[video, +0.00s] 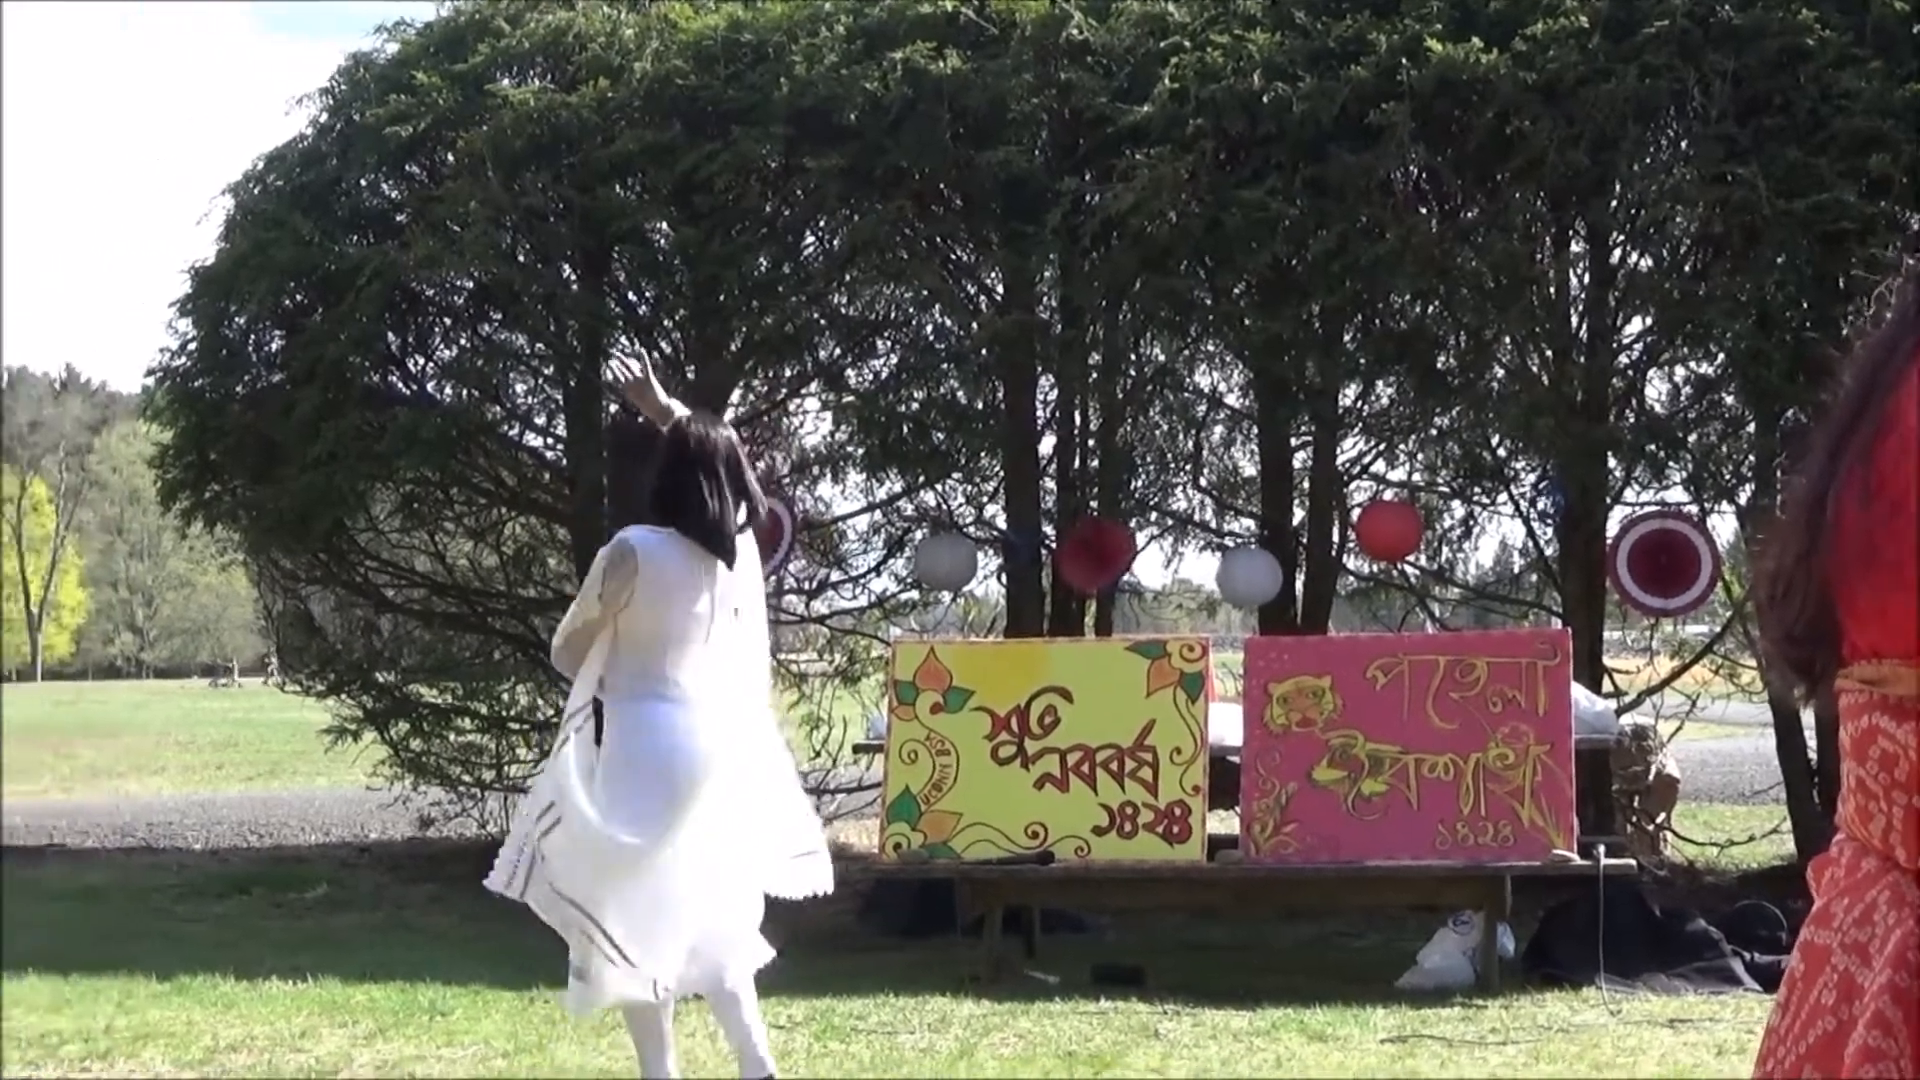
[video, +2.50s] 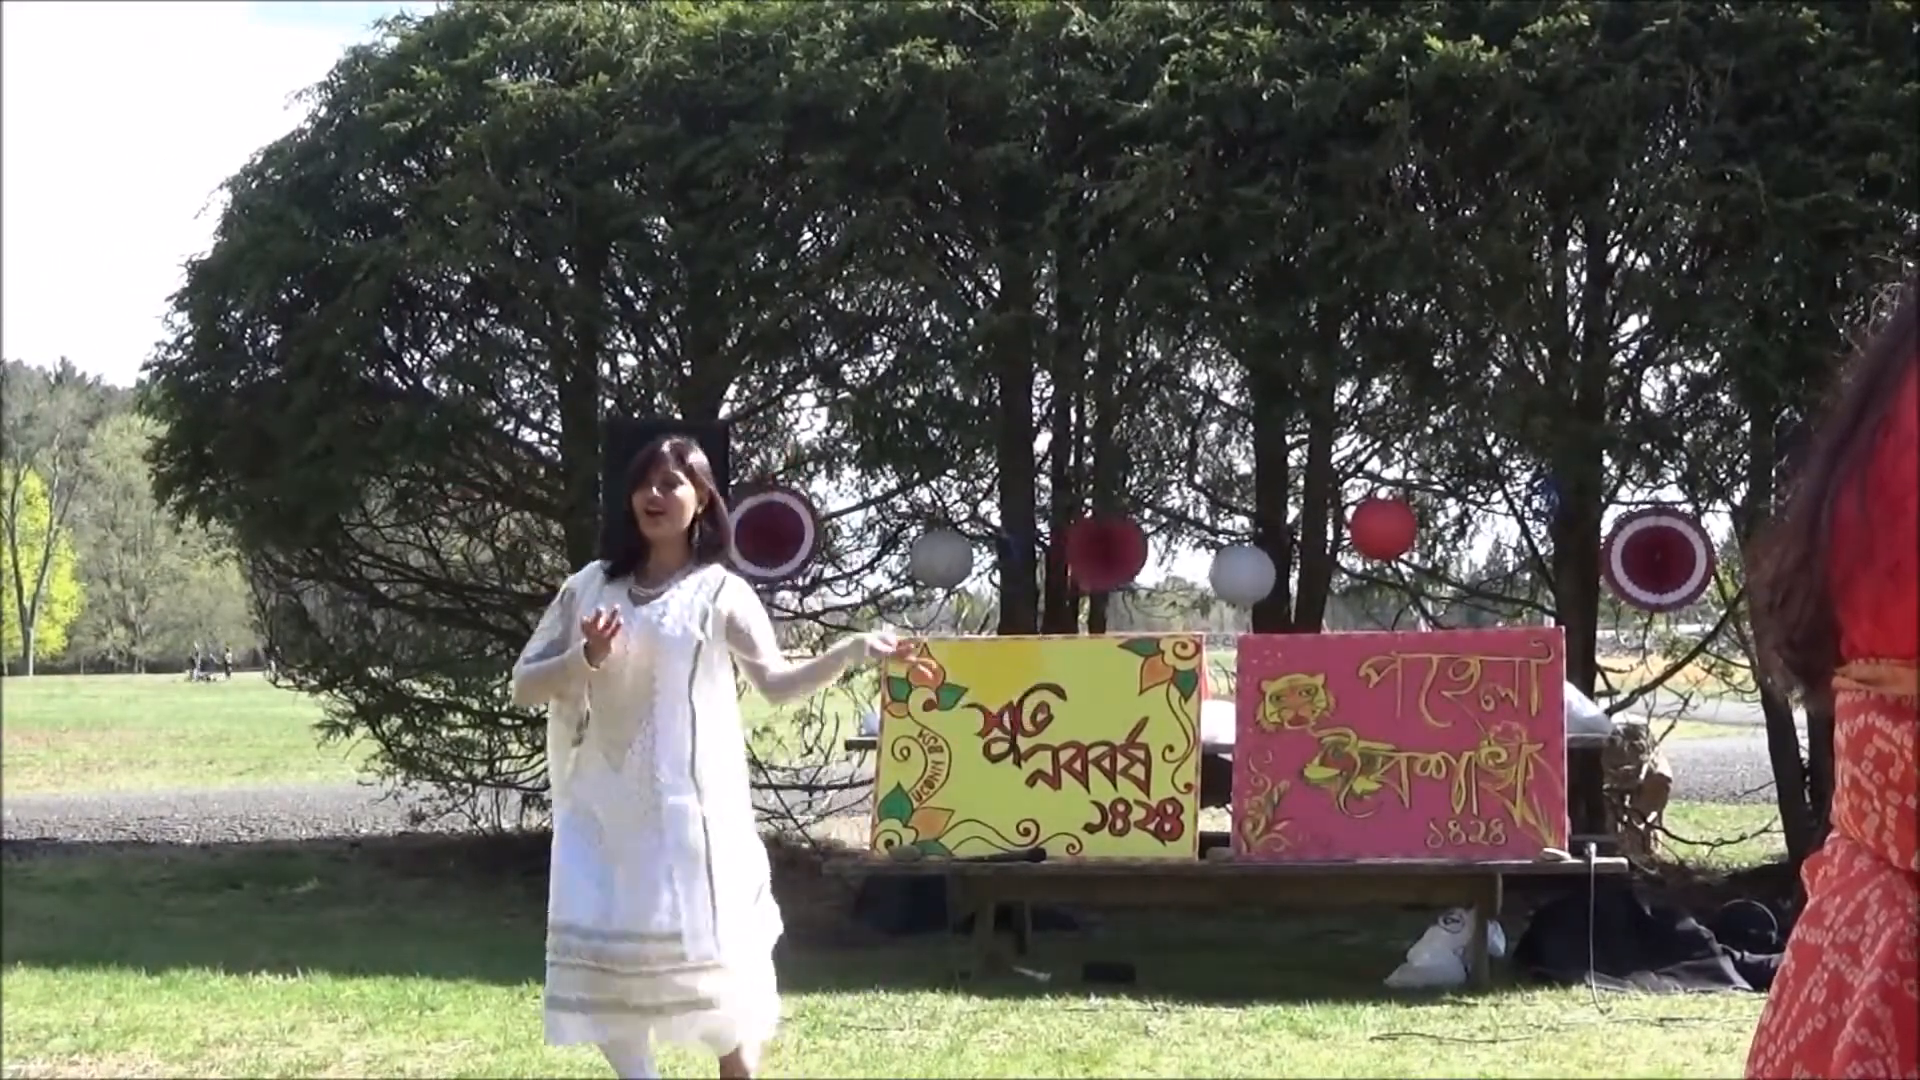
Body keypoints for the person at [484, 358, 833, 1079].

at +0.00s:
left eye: (661, 458)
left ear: (666, 474)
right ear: (734, 481)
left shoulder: (631, 551)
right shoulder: (744, 553)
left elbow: (567, 645)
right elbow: (723, 466)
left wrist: (612, 687)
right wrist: (662, 407)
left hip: (642, 736)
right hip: (720, 735)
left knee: (631, 912)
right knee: (718, 911)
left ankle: (659, 1069)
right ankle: (759, 1065)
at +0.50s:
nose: (684, 491)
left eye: (697, 478)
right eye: (683, 480)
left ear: (738, 485)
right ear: (686, 487)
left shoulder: (753, 563)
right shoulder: (676, 553)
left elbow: (715, 670)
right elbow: (592, 501)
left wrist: (621, 715)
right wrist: (658, 430)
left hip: (707, 776)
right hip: (652, 772)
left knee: (703, 937)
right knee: (661, 932)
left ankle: (771, 1067)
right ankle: (667, 1069)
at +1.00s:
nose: (753, 488)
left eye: (767, 475)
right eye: (739, 477)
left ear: (790, 485)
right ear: (722, 489)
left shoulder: (812, 561)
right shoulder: (696, 564)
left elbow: (835, 667)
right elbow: (597, 558)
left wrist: (844, 757)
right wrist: (597, 459)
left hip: (781, 762)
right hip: (711, 758)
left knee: (743, 911)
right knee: (753, 917)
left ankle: (717, 1068)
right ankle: (785, 1067)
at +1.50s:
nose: (768, 483)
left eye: (777, 471)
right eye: (753, 472)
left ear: (793, 480)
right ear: (727, 483)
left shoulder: (820, 557)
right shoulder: (693, 558)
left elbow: (907, 619)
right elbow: (584, 575)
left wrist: (994, 660)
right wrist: (513, 528)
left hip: (799, 758)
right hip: (720, 756)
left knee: (770, 908)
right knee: (753, 911)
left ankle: (763, 1068)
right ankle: (783, 1063)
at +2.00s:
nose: (742, 501)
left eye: (756, 489)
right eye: (730, 488)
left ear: (777, 498)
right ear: (709, 496)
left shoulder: (796, 573)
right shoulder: (672, 589)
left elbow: (885, 644)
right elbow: (594, 670)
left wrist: (986, 707)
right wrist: (606, 647)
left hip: (764, 783)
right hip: (681, 782)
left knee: (756, 937)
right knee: (657, 919)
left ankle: (763, 1071)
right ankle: (719, 1048)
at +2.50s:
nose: (654, 492)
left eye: (672, 481)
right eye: (644, 480)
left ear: (700, 499)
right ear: (629, 493)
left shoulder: (721, 590)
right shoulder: (589, 585)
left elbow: (778, 682)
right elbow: (525, 684)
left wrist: (853, 650)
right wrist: (583, 657)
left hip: (697, 817)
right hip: (600, 818)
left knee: (723, 984)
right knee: (603, 988)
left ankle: (738, 1068)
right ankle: (637, 1076)